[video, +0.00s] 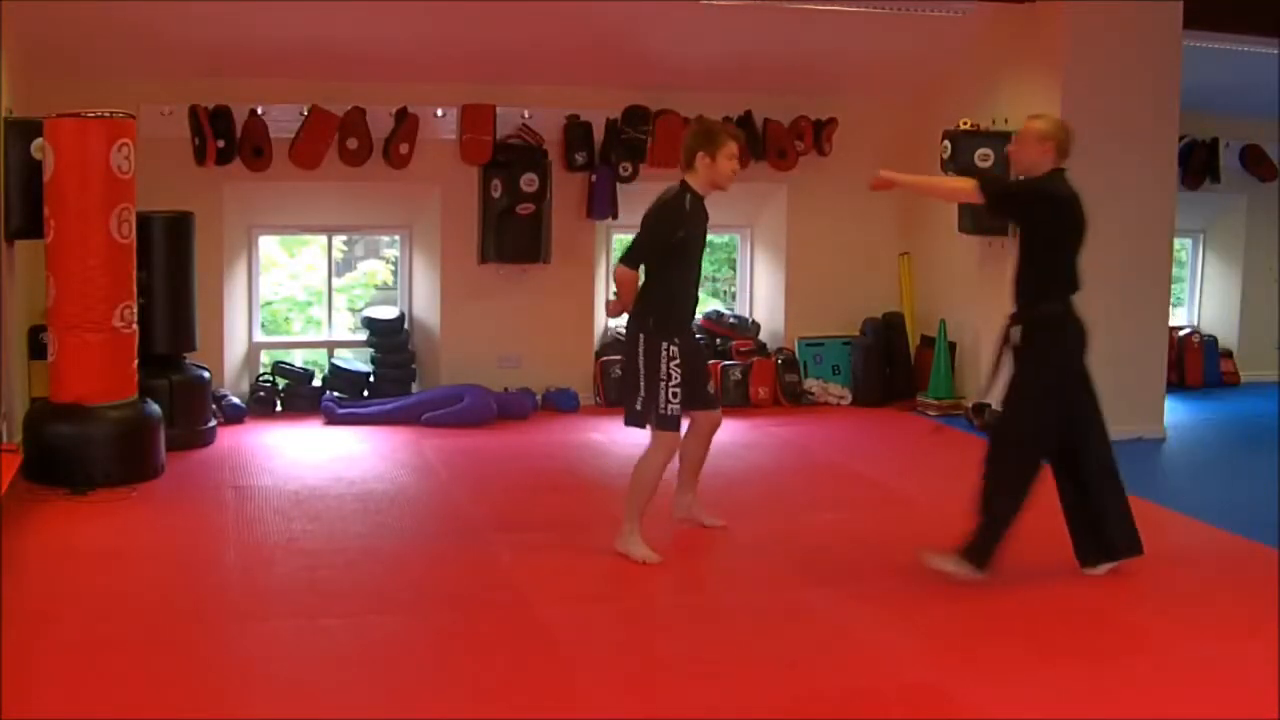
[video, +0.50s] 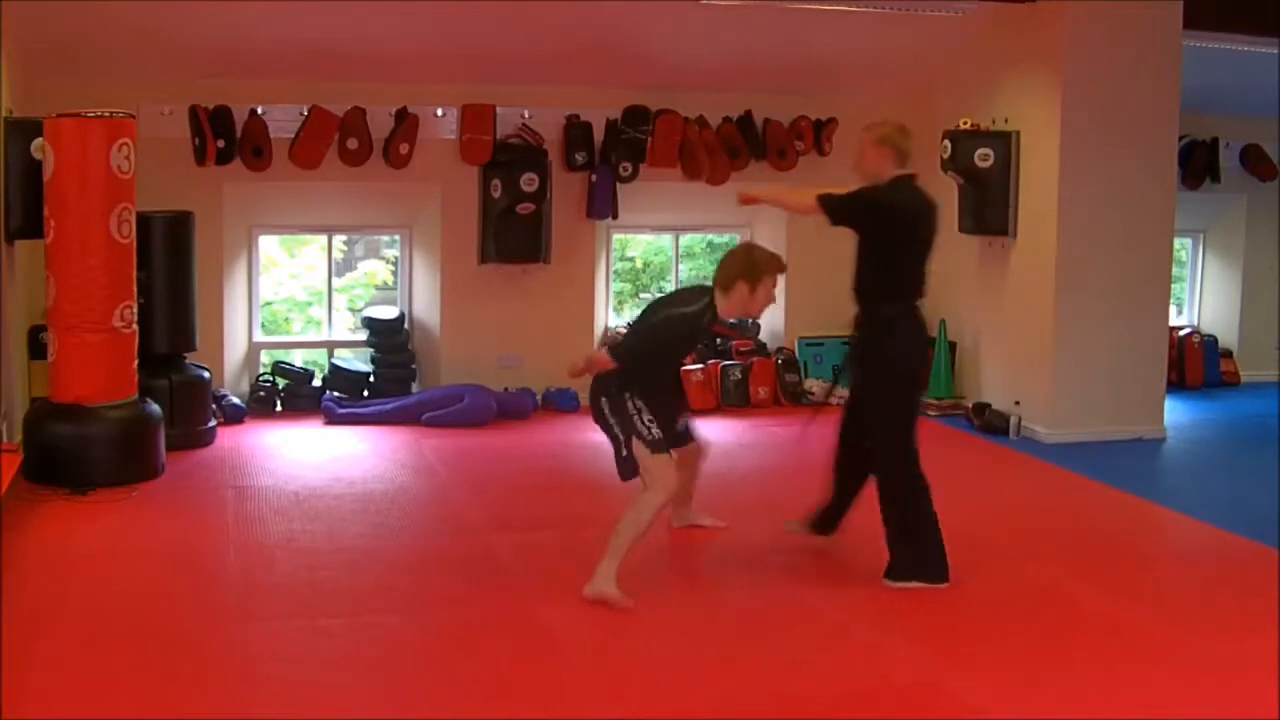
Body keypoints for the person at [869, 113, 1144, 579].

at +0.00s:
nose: (1011, 147)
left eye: (1021, 139)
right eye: (1015, 139)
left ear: (1047, 150)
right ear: (1047, 151)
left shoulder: (1046, 196)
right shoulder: (1054, 194)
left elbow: (967, 190)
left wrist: (899, 180)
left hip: (1047, 332)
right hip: (1054, 328)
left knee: (1015, 440)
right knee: (1073, 437)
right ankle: (1104, 544)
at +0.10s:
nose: (978, 160)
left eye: (987, 152)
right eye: (981, 151)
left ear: (1013, 160)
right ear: (1015, 162)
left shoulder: (1012, 206)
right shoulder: (1025, 205)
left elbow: (934, 200)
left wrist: (871, 186)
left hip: (1010, 346)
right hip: (1021, 341)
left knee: (969, 449)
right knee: (1051, 444)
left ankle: (930, 557)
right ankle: (1100, 540)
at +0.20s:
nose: (947, 166)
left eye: (953, 158)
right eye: (949, 158)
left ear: (977, 165)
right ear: (984, 167)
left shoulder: (977, 213)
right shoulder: (997, 212)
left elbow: (904, 204)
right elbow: (910, 202)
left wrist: (843, 191)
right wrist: (850, 190)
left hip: (969, 348)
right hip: (984, 343)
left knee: (928, 449)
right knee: (990, 444)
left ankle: (920, 562)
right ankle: (1062, 523)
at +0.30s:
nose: (920, 160)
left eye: (927, 152)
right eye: (923, 152)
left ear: (946, 156)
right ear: (957, 157)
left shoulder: (946, 203)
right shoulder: (965, 201)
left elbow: (875, 201)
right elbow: (883, 197)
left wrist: (814, 189)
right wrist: (823, 187)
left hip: (942, 335)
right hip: (955, 331)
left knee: (921, 445)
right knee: (939, 440)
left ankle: (922, 562)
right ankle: (993, 516)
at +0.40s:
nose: (890, 154)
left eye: (895, 146)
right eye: (893, 146)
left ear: (914, 150)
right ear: (930, 151)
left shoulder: (917, 194)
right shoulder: (942, 193)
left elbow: (847, 199)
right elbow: (860, 198)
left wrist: (787, 190)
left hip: (913, 328)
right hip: (926, 324)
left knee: (903, 443)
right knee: (912, 441)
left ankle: (921, 562)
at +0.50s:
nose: (859, 159)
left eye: (864, 151)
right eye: (860, 151)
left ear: (883, 153)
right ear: (898, 155)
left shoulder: (886, 199)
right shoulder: (916, 200)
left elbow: (818, 206)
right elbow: (836, 205)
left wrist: (763, 195)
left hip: (888, 337)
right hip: (898, 333)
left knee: (892, 448)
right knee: (859, 433)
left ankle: (922, 563)